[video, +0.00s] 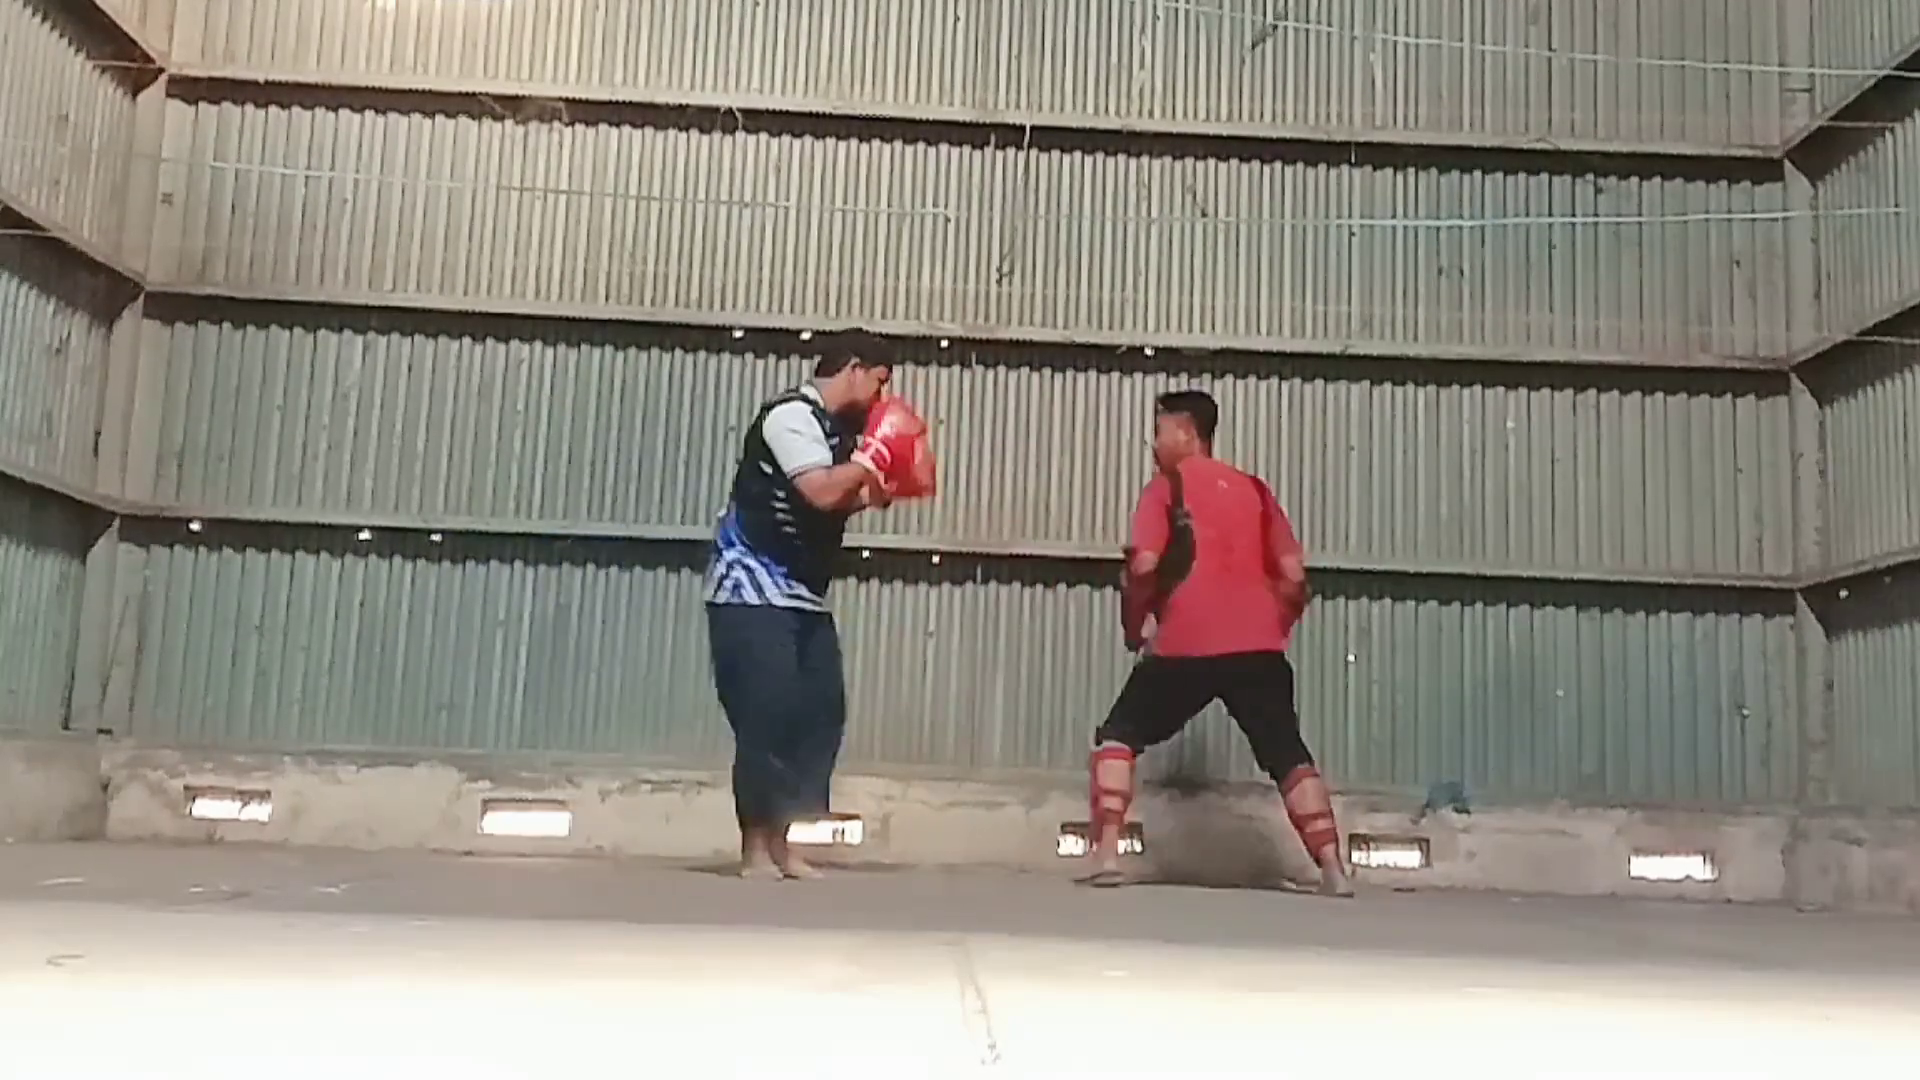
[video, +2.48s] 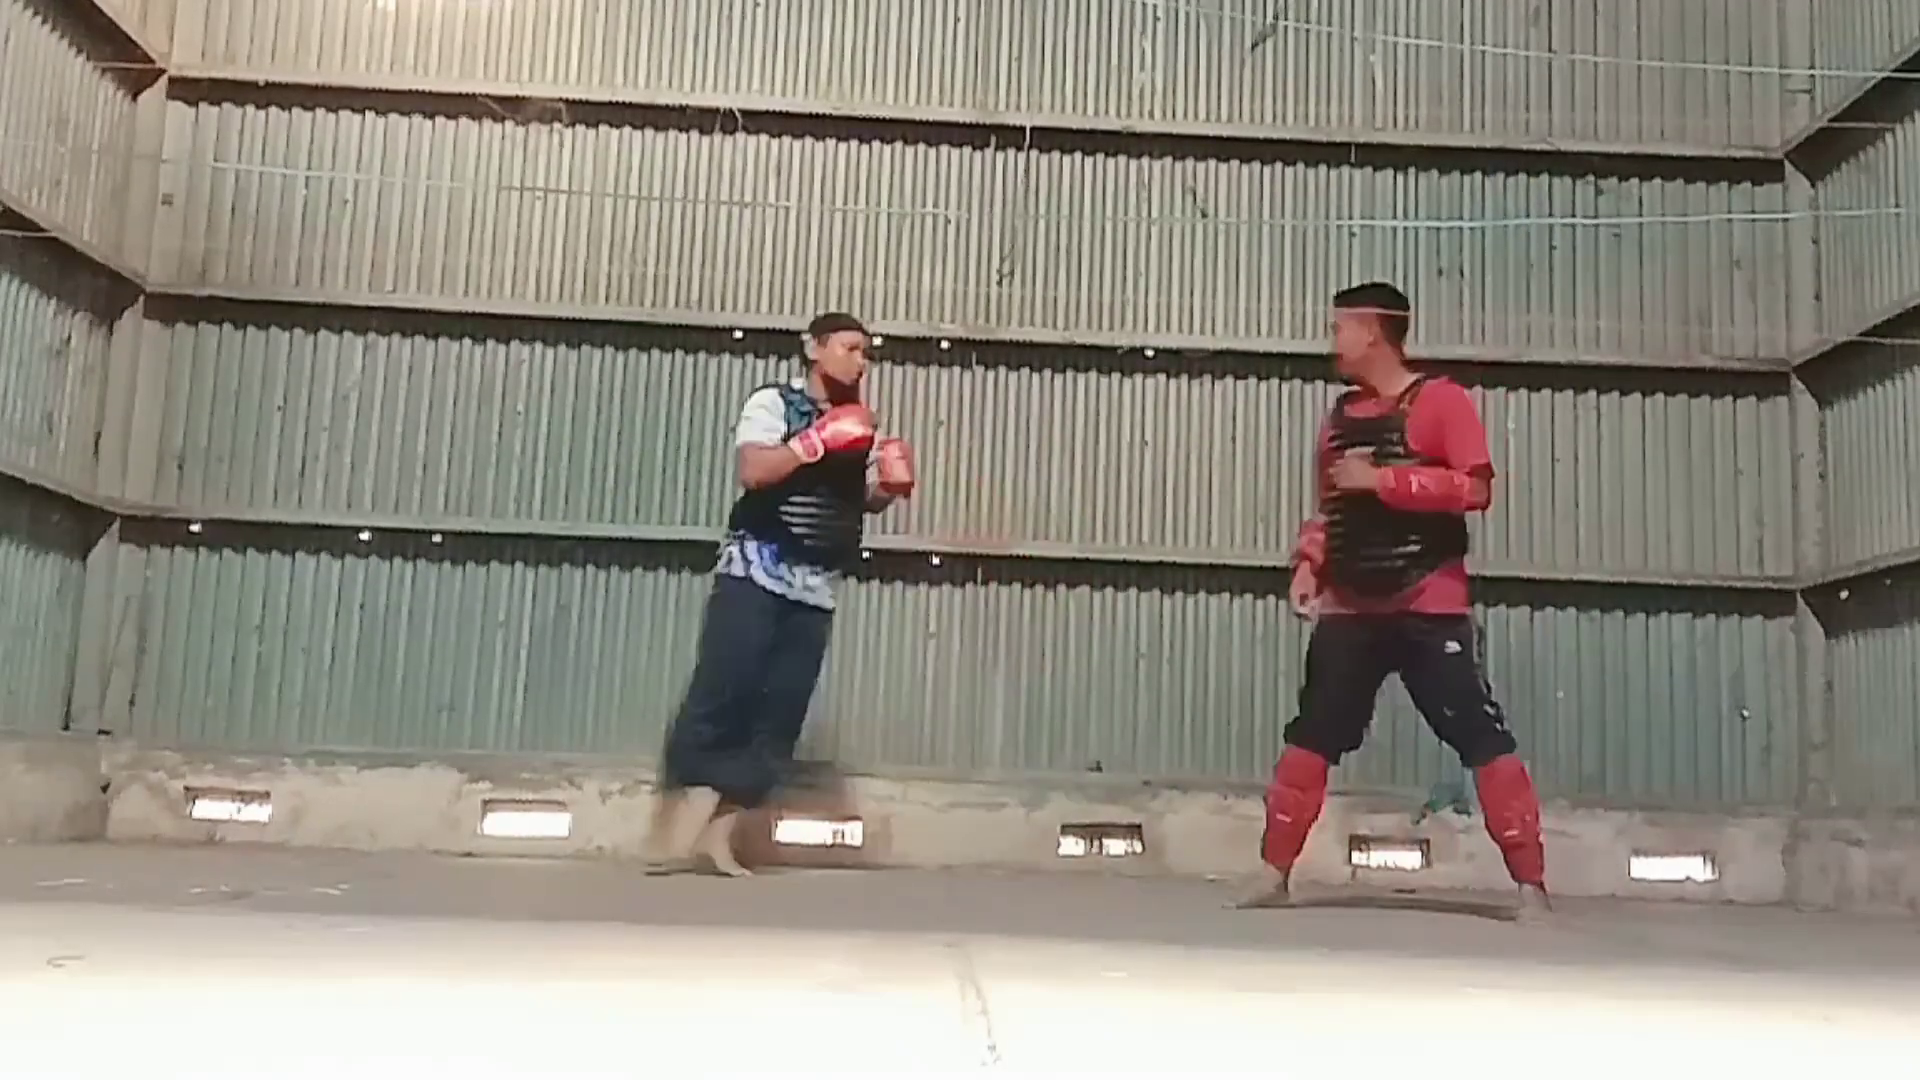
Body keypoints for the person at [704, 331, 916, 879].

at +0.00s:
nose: (882, 393)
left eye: (884, 383)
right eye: (880, 380)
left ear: (850, 371)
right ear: (853, 370)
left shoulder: (842, 430)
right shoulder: (789, 416)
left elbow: (838, 505)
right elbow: (820, 492)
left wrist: (879, 487)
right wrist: (870, 458)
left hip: (803, 596)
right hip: (751, 593)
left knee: (822, 713)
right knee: (768, 714)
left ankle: (786, 843)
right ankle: (757, 849)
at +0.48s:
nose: (942, 419)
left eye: (942, 408)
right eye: (939, 408)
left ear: (897, 407)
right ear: (918, 409)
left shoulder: (862, 444)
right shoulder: (901, 460)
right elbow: (938, 541)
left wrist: (938, 552)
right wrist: (974, 601)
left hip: (870, 621)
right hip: (820, 619)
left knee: (929, 720)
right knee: (829, 733)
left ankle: (948, 846)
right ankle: (769, 852)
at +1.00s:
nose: (1019, 455)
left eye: (1021, 447)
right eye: (1007, 446)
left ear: (1016, 460)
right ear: (970, 453)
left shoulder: (1026, 522)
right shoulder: (921, 498)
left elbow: (1075, 570)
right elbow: (851, 539)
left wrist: (1122, 588)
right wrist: (795, 578)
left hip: (961, 681)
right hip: (884, 665)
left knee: (1019, 762)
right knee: (810, 733)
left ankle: (1067, 859)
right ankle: (723, 835)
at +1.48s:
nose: (1022, 468)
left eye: (1029, 460)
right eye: (1013, 457)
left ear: (1034, 463)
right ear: (984, 453)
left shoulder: (1036, 509)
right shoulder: (937, 498)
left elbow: (1054, 579)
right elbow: (920, 565)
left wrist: (1074, 551)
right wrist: (975, 530)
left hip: (999, 659)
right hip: (927, 659)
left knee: (1033, 732)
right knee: (904, 757)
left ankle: (1062, 836)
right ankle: (918, 843)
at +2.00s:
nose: (1000, 456)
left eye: (1006, 448)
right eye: (991, 445)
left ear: (1011, 454)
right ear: (962, 447)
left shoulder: (1024, 510)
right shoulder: (922, 506)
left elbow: (1038, 567)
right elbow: (900, 578)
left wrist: (1040, 573)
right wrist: (954, 563)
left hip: (996, 667)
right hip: (921, 659)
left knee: (1036, 746)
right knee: (867, 729)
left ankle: (1024, 849)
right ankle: (800, 829)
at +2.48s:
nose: (861, 361)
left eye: (866, 353)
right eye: (851, 350)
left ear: (864, 363)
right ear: (816, 349)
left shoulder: (857, 424)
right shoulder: (772, 403)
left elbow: (860, 503)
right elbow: (753, 471)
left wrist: (887, 486)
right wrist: (820, 438)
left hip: (813, 589)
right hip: (752, 574)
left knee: (781, 708)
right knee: (723, 688)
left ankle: (722, 832)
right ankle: (680, 810)